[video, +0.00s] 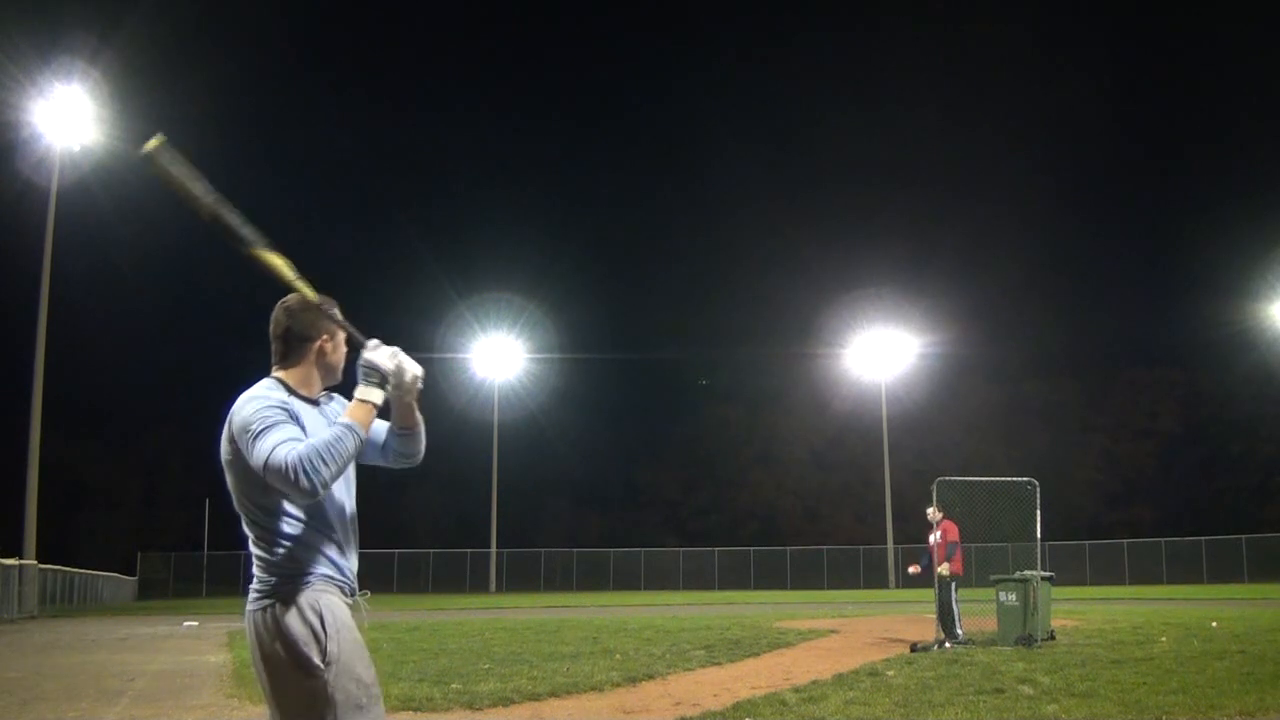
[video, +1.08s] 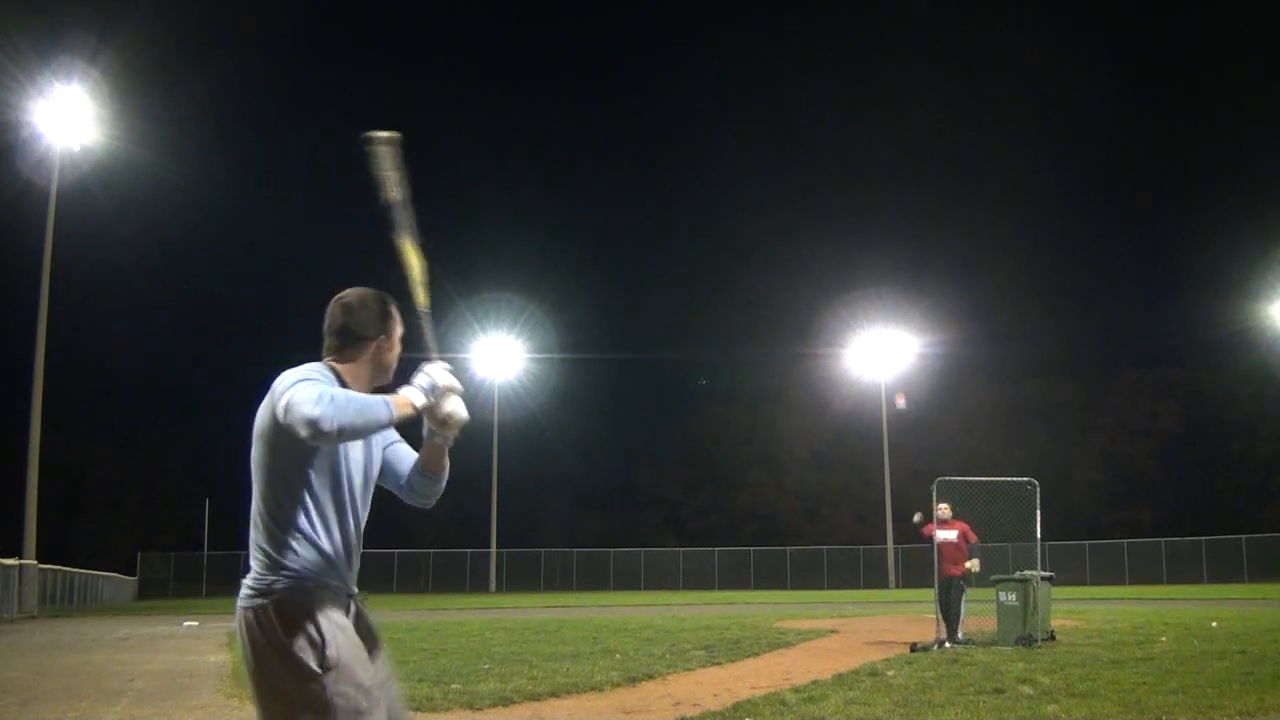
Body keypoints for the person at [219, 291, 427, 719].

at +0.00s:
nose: (347, 354)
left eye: (346, 344)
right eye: (344, 343)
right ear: (323, 346)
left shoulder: (333, 410)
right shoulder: (256, 407)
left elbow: (406, 452)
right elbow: (306, 474)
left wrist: (405, 397)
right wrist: (370, 392)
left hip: (325, 601)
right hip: (296, 605)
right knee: (357, 712)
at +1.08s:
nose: (399, 354)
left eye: (399, 342)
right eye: (398, 342)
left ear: (336, 336)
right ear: (380, 346)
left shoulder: (372, 421)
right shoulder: (303, 381)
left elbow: (421, 490)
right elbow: (318, 419)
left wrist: (439, 438)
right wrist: (412, 398)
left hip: (337, 607)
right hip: (291, 608)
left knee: (390, 710)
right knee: (357, 711)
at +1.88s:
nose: (495, 425)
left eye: (497, 416)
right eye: (493, 417)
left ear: (436, 401)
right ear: (467, 425)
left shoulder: (393, 425)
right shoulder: (457, 491)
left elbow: (487, 481)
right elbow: (471, 584)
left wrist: (554, 531)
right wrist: (547, 575)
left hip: (329, 624)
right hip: (388, 640)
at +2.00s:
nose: (515, 426)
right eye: (518, 419)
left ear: (468, 383)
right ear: (510, 422)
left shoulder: (391, 409)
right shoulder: (506, 478)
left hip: (338, 621)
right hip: (416, 642)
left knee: (334, 714)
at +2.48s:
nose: (396, 326)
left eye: (398, 320)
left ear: (404, 325)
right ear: (457, 343)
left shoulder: (391, 377)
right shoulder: (464, 391)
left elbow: (356, 458)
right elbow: (406, 350)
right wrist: (363, 310)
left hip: (342, 594)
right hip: (423, 608)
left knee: (303, 713)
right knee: (390, 713)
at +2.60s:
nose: (377, 309)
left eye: (381, 303)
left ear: (384, 308)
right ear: (437, 329)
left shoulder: (391, 369)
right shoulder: (444, 373)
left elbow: (373, 479)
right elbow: (373, 331)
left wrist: (361, 588)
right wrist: (320, 282)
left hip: (337, 578)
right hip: (417, 587)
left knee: (247, 710)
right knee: (377, 714)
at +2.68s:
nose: (367, 309)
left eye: (370, 301)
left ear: (375, 306)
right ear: (428, 324)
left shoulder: (391, 366)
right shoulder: (432, 370)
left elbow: (380, 477)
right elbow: (358, 325)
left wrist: (363, 585)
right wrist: (300, 272)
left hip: (335, 572)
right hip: (412, 582)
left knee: (229, 703)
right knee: (375, 712)